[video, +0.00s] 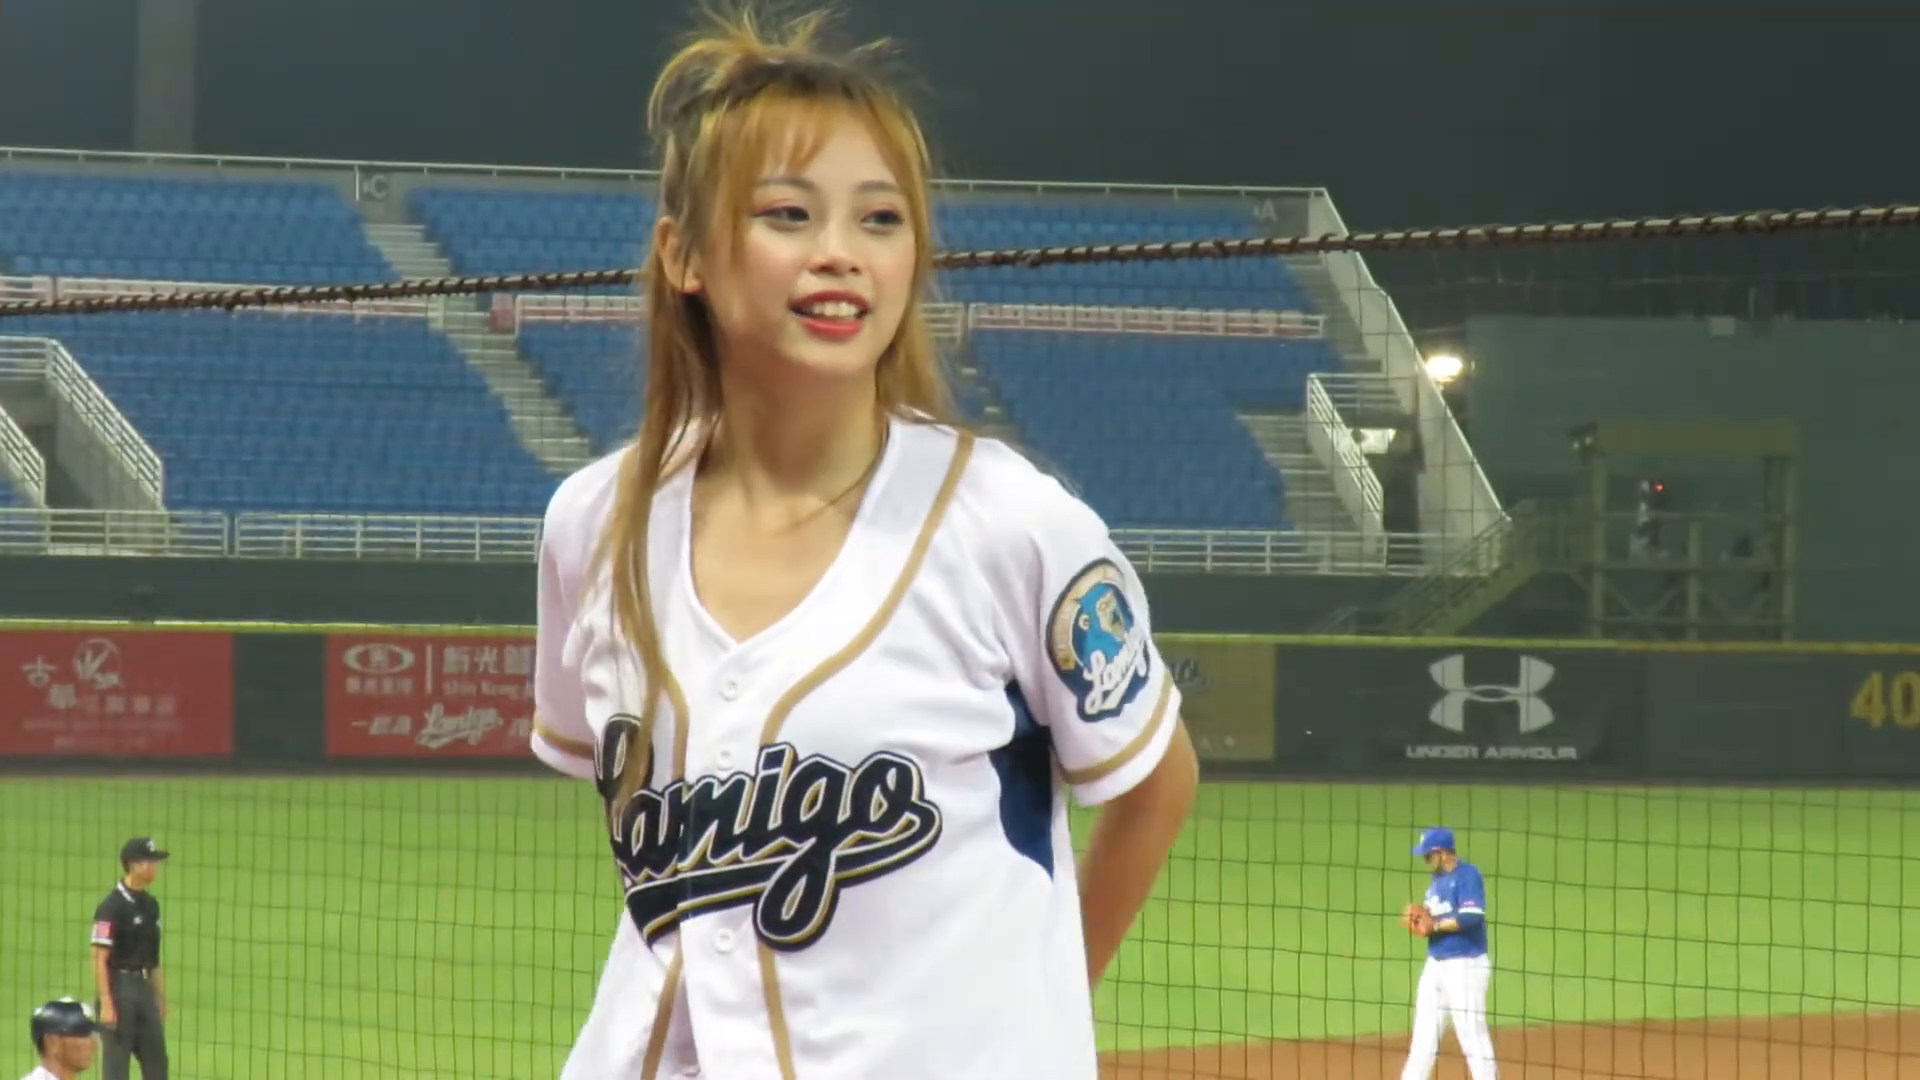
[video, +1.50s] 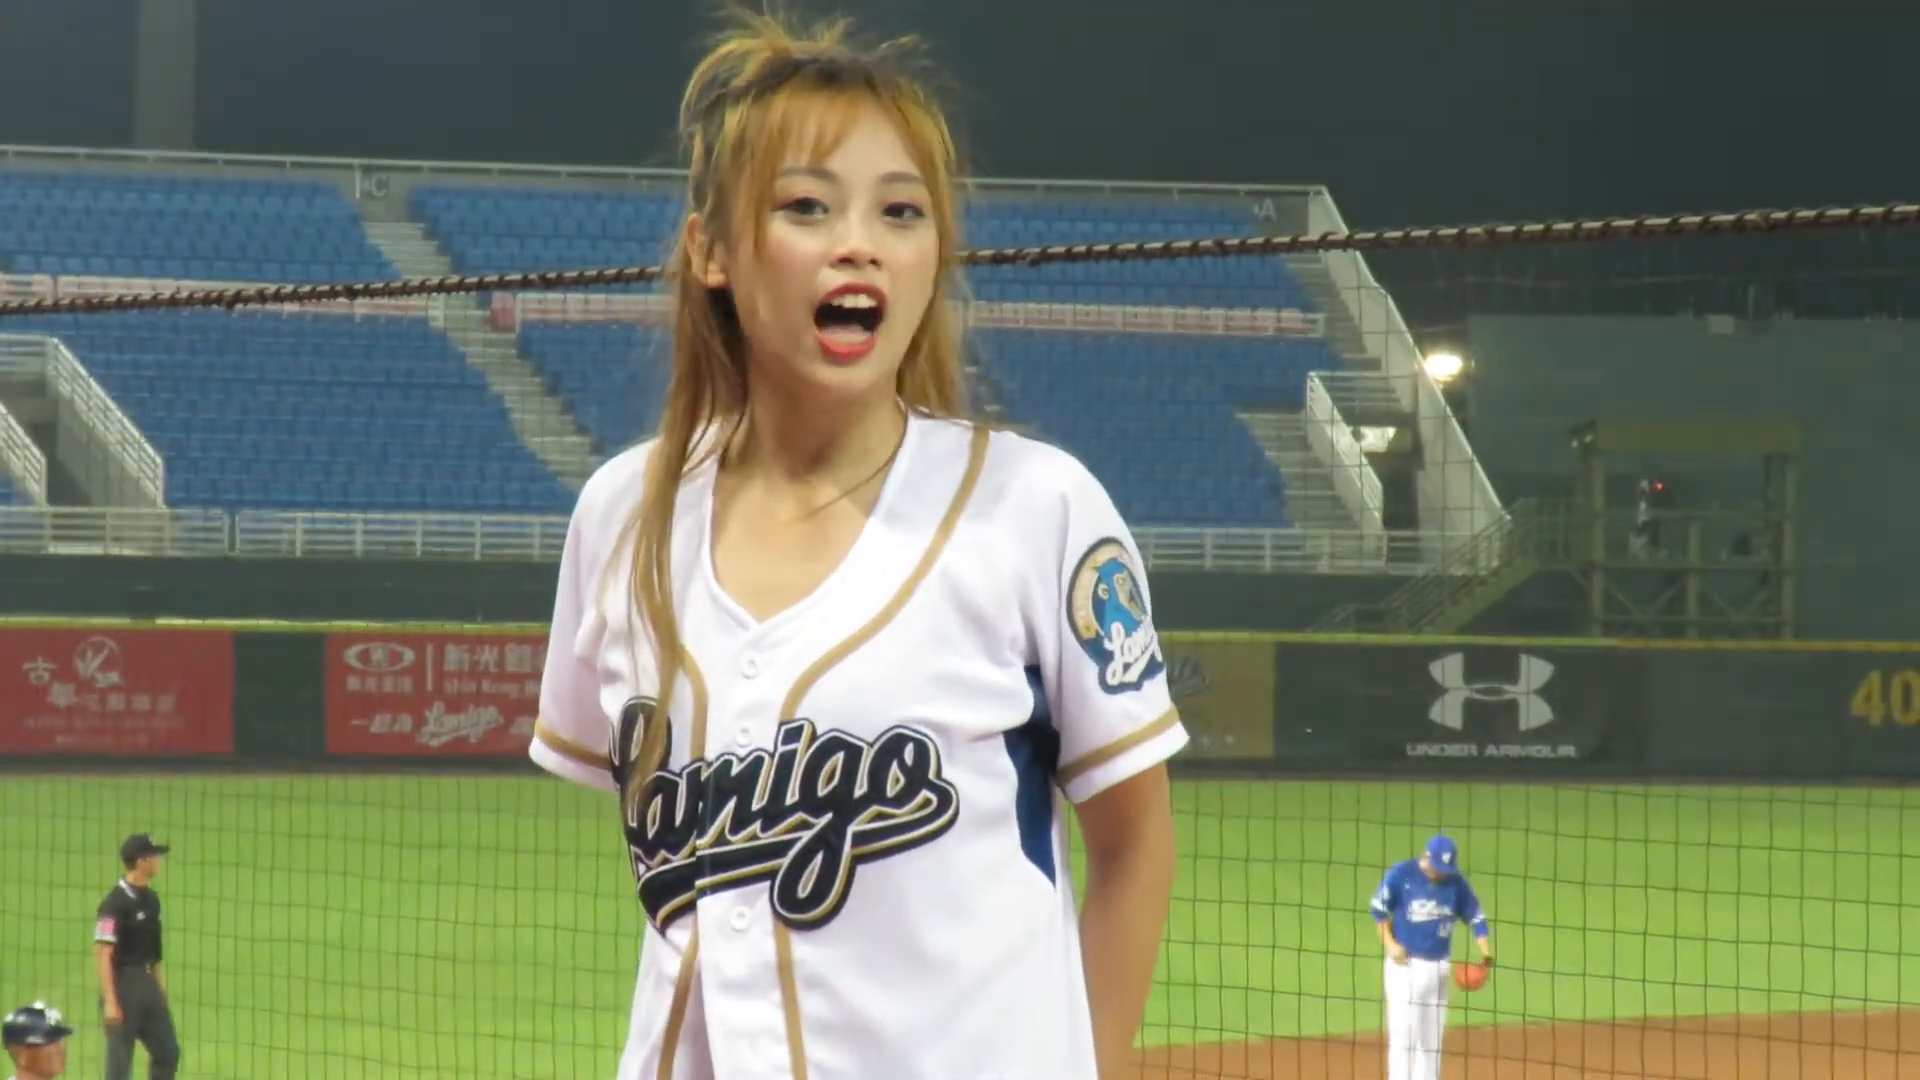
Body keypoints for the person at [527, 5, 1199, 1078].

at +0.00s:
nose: (841, 257)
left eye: (880, 219)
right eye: (788, 214)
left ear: (916, 263)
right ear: (688, 260)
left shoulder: (1019, 527)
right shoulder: (597, 523)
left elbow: (1156, 782)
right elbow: (632, 795)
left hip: (966, 1052)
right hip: (674, 1047)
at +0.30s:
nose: (862, 263)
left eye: (900, 226)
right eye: (809, 219)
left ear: (933, 265)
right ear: (704, 257)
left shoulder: (1022, 526)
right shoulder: (603, 522)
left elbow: (1175, 812)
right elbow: (644, 816)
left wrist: (1092, 1056)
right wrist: (741, 1026)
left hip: (976, 1056)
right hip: (690, 1053)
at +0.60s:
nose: (888, 259)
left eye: (924, 225)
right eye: (837, 214)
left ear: (952, 266)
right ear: (723, 248)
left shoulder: (1033, 502)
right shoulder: (615, 496)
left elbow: (1142, 822)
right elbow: (650, 808)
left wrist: (1071, 1053)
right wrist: (747, 1029)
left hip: (977, 1054)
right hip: (684, 1053)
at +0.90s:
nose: (889, 252)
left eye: (923, 216)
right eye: (837, 208)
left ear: (957, 259)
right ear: (725, 246)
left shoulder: (1040, 492)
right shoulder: (616, 496)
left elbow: (1127, 829)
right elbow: (657, 811)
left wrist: (1066, 1056)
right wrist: (759, 1030)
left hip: (982, 1054)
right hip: (687, 1054)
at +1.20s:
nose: (875, 249)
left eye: (911, 213)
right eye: (822, 206)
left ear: (946, 261)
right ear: (718, 249)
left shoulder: (1040, 509)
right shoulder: (622, 510)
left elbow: (1133, 850)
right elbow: (662, 837)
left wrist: (1084, 1064)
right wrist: (767, 1042)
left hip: (989, 1056)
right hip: (697, 1056)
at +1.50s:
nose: (860, 250)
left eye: (900, 212)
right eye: (806, 207)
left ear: (938, 258)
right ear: (714, 253)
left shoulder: (1040, 507)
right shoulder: (626, 513)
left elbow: (1134, 848)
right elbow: (662, 838)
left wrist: (1090, 1064)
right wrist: (767, 1041)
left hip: (989, 1055)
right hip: (701, 1055)